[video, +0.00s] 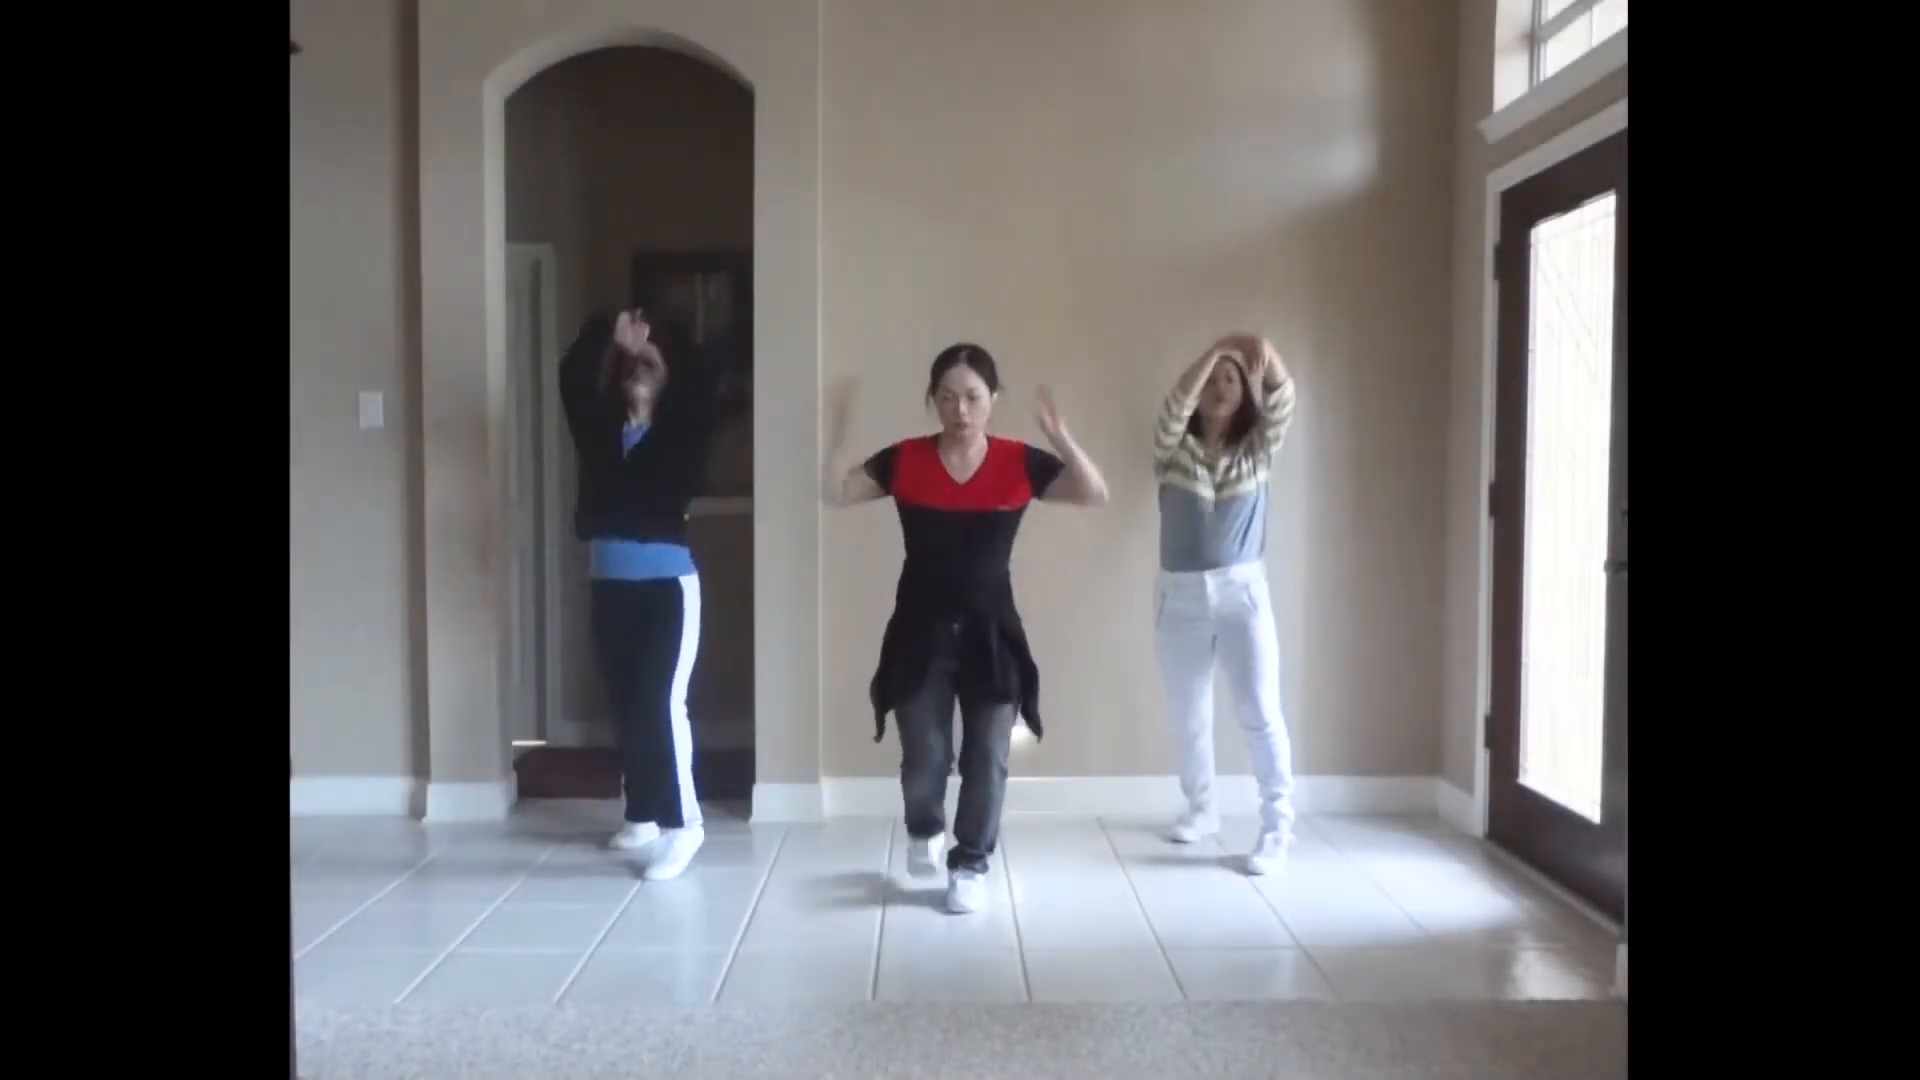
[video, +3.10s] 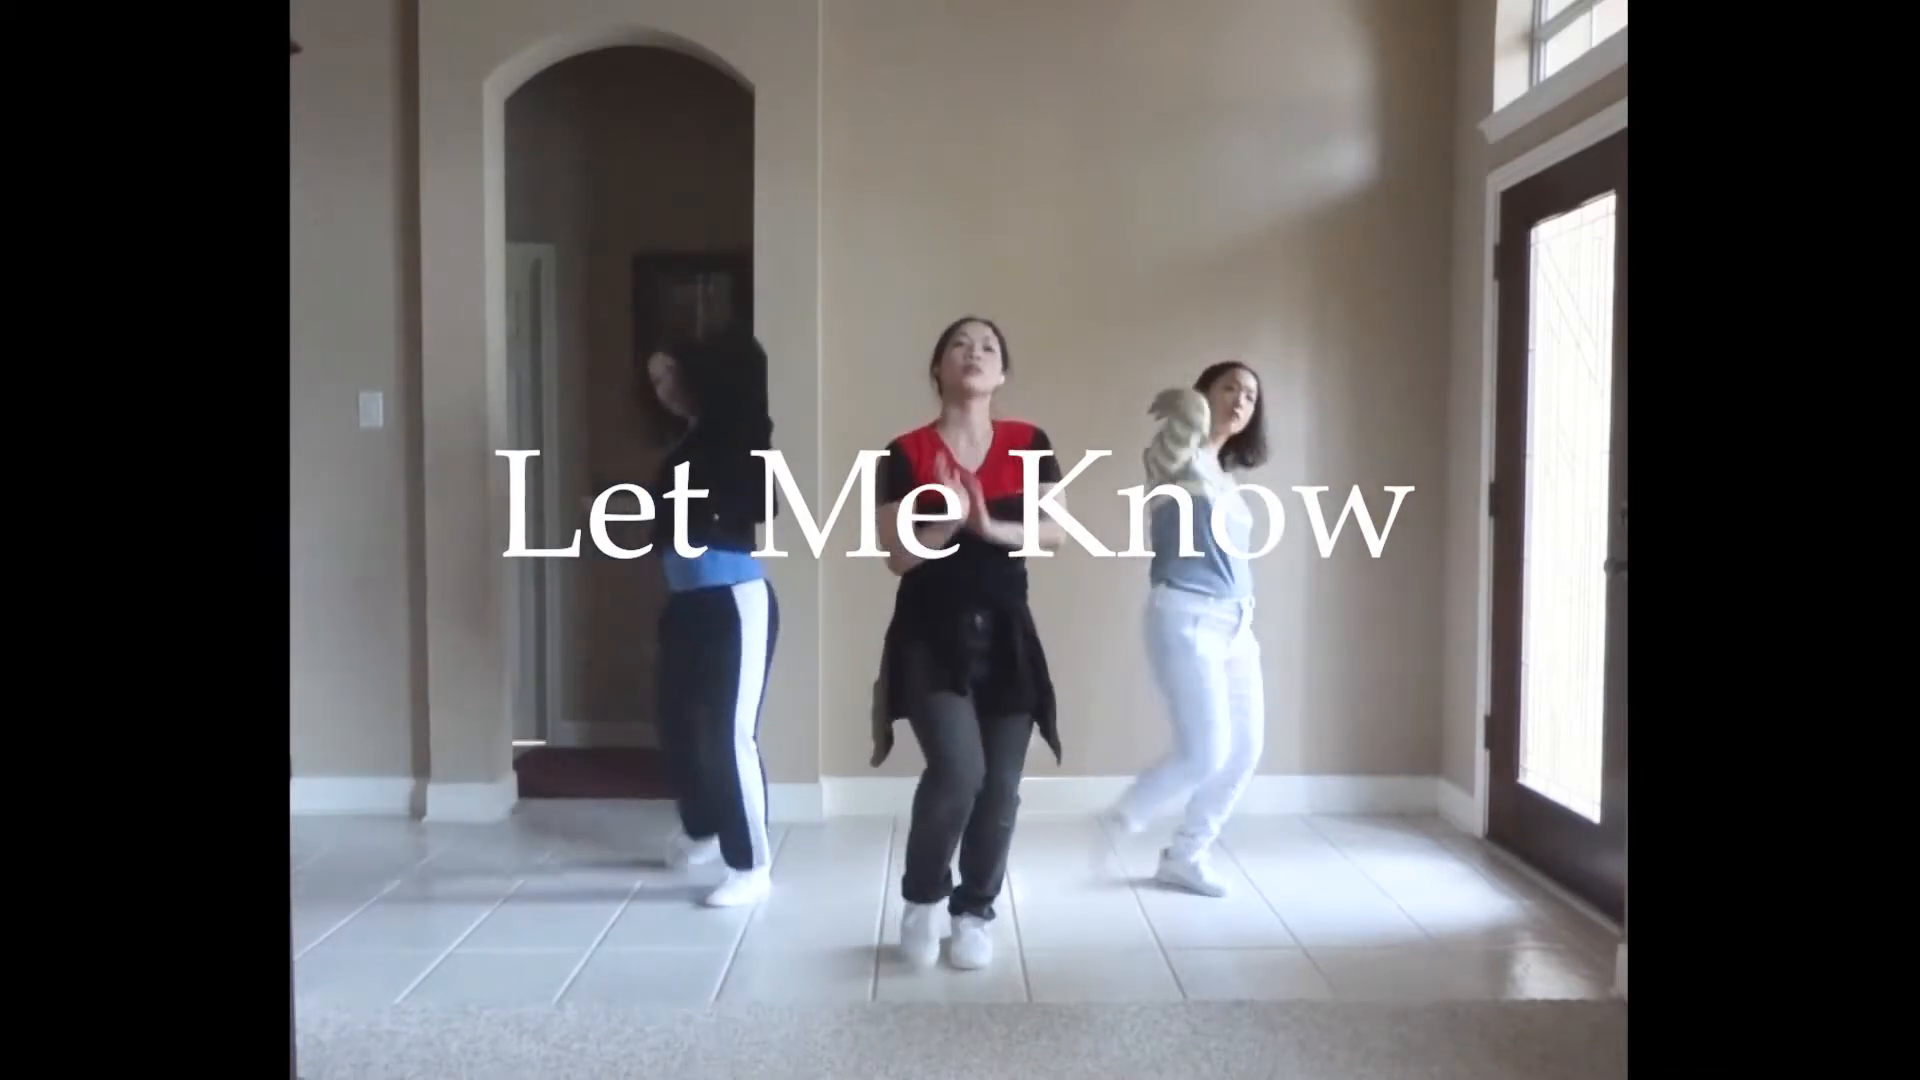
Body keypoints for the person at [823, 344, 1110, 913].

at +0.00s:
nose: (960, 407)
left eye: (972, 396)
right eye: (949, 396)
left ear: (991, 401)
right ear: (934, 402)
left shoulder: (1017, 462)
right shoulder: (905, 461)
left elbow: (1093, 494)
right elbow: (837, 493)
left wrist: (1060, 439)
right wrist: (836, 426)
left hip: (990, 625)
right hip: (921, 625)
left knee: (988, 755)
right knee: (925, 753)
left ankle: (971, 866)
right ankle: (924, 832)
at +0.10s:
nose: (960, 393)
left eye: (971, 382)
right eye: (948, 384)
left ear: (990, 391)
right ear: (934, 394)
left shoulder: (1017, 453)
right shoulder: (906, 451)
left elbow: (1083, 444)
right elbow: (835, 455)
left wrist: (1045, 416)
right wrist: (874, 417)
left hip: (987, 615)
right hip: (920, 614)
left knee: (984, 753)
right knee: (916, 758)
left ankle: (972, 863)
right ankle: (928, 816)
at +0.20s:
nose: (953, 371)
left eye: (966, 362)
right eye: (943, 363)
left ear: (987, 377)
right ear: (930, 379)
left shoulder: (1009, 440)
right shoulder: (905, 435)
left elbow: (1065, 380)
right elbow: (847, 380)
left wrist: (1003, 361)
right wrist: (903, 368)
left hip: (983, 608)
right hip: (917, 607)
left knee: (979, 747)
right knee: (913, 743)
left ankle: (972, 862)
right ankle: (929, 821)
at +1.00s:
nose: (940, 412)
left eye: (950, 402)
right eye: (929, 403)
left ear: (966, 409)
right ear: (912, 412)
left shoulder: (986, 461)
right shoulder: (886, 458)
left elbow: (986, 456)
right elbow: (883, 466)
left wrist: (961, 441)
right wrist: (916, 433)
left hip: (964, 612)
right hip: (901, 612)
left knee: (972, 732)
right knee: (911, 739)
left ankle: (983, 852)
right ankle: (931, 831)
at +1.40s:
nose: (936, 422)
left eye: (946, 412)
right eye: (925, 412)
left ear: (962, 418)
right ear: (909, 419)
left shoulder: (980, 469)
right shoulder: (886, 468)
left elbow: (975, 496)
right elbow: (899, 501)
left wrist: (951, 520)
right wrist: (931, 530)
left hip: (956, 613)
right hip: (897, 614)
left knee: (962, 728)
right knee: (902, 739)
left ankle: (977, 848)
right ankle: (931, 831)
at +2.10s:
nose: (942, 457)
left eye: (952, 448)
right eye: (933, 446)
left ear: (967, 449)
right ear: (916, 446)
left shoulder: (980, 493)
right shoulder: (890, 488)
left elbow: (1018, 477)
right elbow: (854, 478)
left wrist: (988, 447)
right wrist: (892, 446)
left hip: (957, 639)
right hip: (896, 637)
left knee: (954, 748)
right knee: (893, 766)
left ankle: (961, 860)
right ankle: (927, 833)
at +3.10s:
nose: (974, 353)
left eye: (988, 347)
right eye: (961, 345)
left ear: (1003, 374)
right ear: (937, 369)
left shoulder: (1027, 444)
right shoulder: (905, 453)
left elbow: (1056, 533)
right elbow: (896, 556)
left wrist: (990, 527)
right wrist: (932, 531)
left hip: (1006, 629)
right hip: (929, 630)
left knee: (1001, 783)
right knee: (959, 773)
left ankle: (976, 913)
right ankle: (924, 898)